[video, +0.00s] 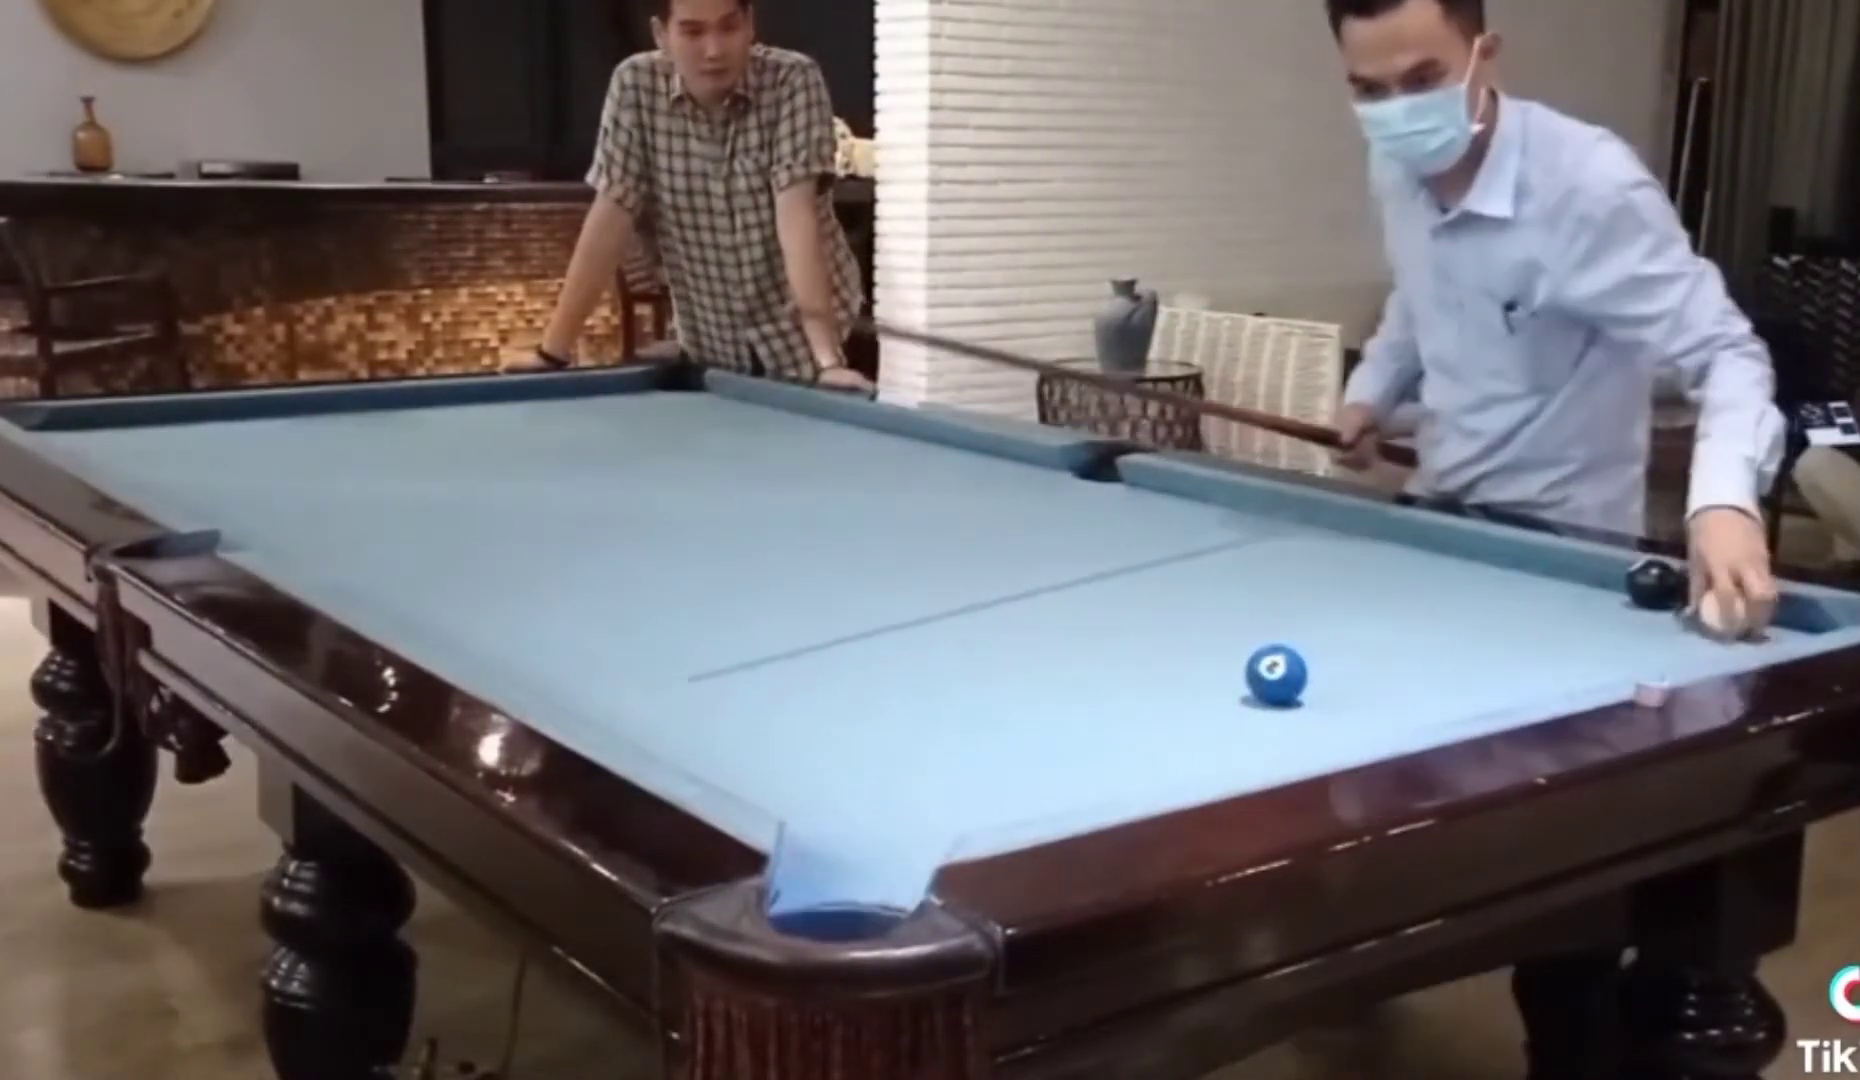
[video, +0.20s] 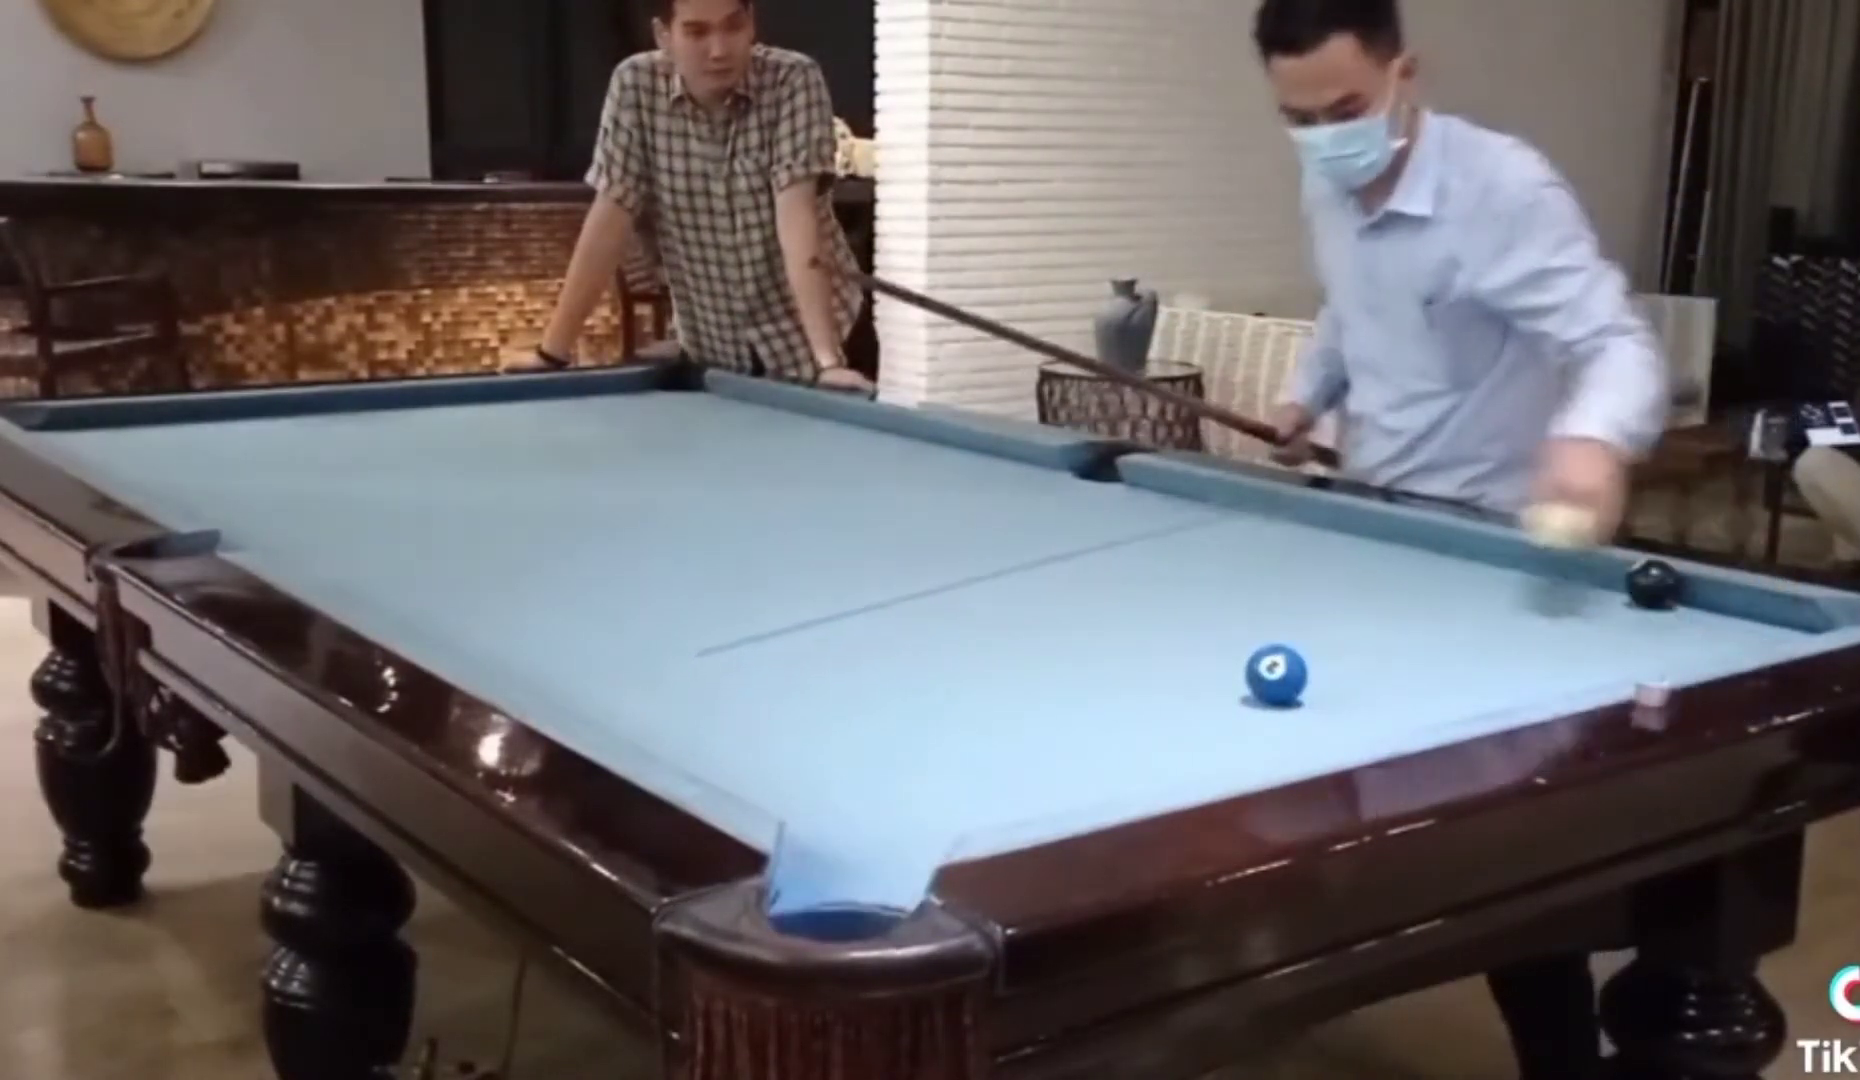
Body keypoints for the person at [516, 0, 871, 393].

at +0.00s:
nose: (713, 50)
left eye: (729, 28)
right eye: (693, 31)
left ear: (751, 27)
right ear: (662, 35)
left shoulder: (792, 79)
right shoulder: (636, 84)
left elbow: (798, 212)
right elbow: (611, 212)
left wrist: (829, 360)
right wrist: (552, 352)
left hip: (804, 348)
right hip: (706, 347)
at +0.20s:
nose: (719, 50)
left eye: (733, 27)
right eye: (698, 31)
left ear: (753, 26)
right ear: (663, 35)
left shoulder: (792, 80)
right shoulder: (636, 85)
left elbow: (799, 221)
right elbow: (610, 216)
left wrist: (829, 361)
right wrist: (552, 353)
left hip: (811, 346)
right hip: (710, 348)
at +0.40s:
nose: (718, 52)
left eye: (732, 30)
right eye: (696, 34)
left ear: (753, 26)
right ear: (663, 36)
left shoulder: (793, 80)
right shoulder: (637, 85)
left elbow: (799, 219)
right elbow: (611, 215)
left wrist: (830, 360)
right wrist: (552, 353)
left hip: (814, 348)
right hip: (709, 349)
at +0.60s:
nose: (717, 54)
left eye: (732, 32)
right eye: (695, 36)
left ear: (752, 27)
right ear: (662, 37)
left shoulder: (792, 79)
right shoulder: (637, 85)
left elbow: (798, 214)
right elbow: (612, 214)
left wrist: (829, 360)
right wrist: (552, 352)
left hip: (811, 353)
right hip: (710, 354)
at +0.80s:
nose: (717, 55)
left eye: (732, 33)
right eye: (695, 37)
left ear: (752, 27)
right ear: (662, 37)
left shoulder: (791, 79)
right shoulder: (636, 85)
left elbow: (798, 210)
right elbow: (612, 212)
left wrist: (828, 358)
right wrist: (551, 351)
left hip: (810, 352)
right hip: (709, 354)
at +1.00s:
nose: (717, 55)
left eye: (732, 33)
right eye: (696, 36)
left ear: (752, 25)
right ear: (662, 36)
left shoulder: (791, 80)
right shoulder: (636, 85)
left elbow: (798, 217)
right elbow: (610, 217)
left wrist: (828, 360)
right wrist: (552, 353)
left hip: (807, 347)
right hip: (710, 348)